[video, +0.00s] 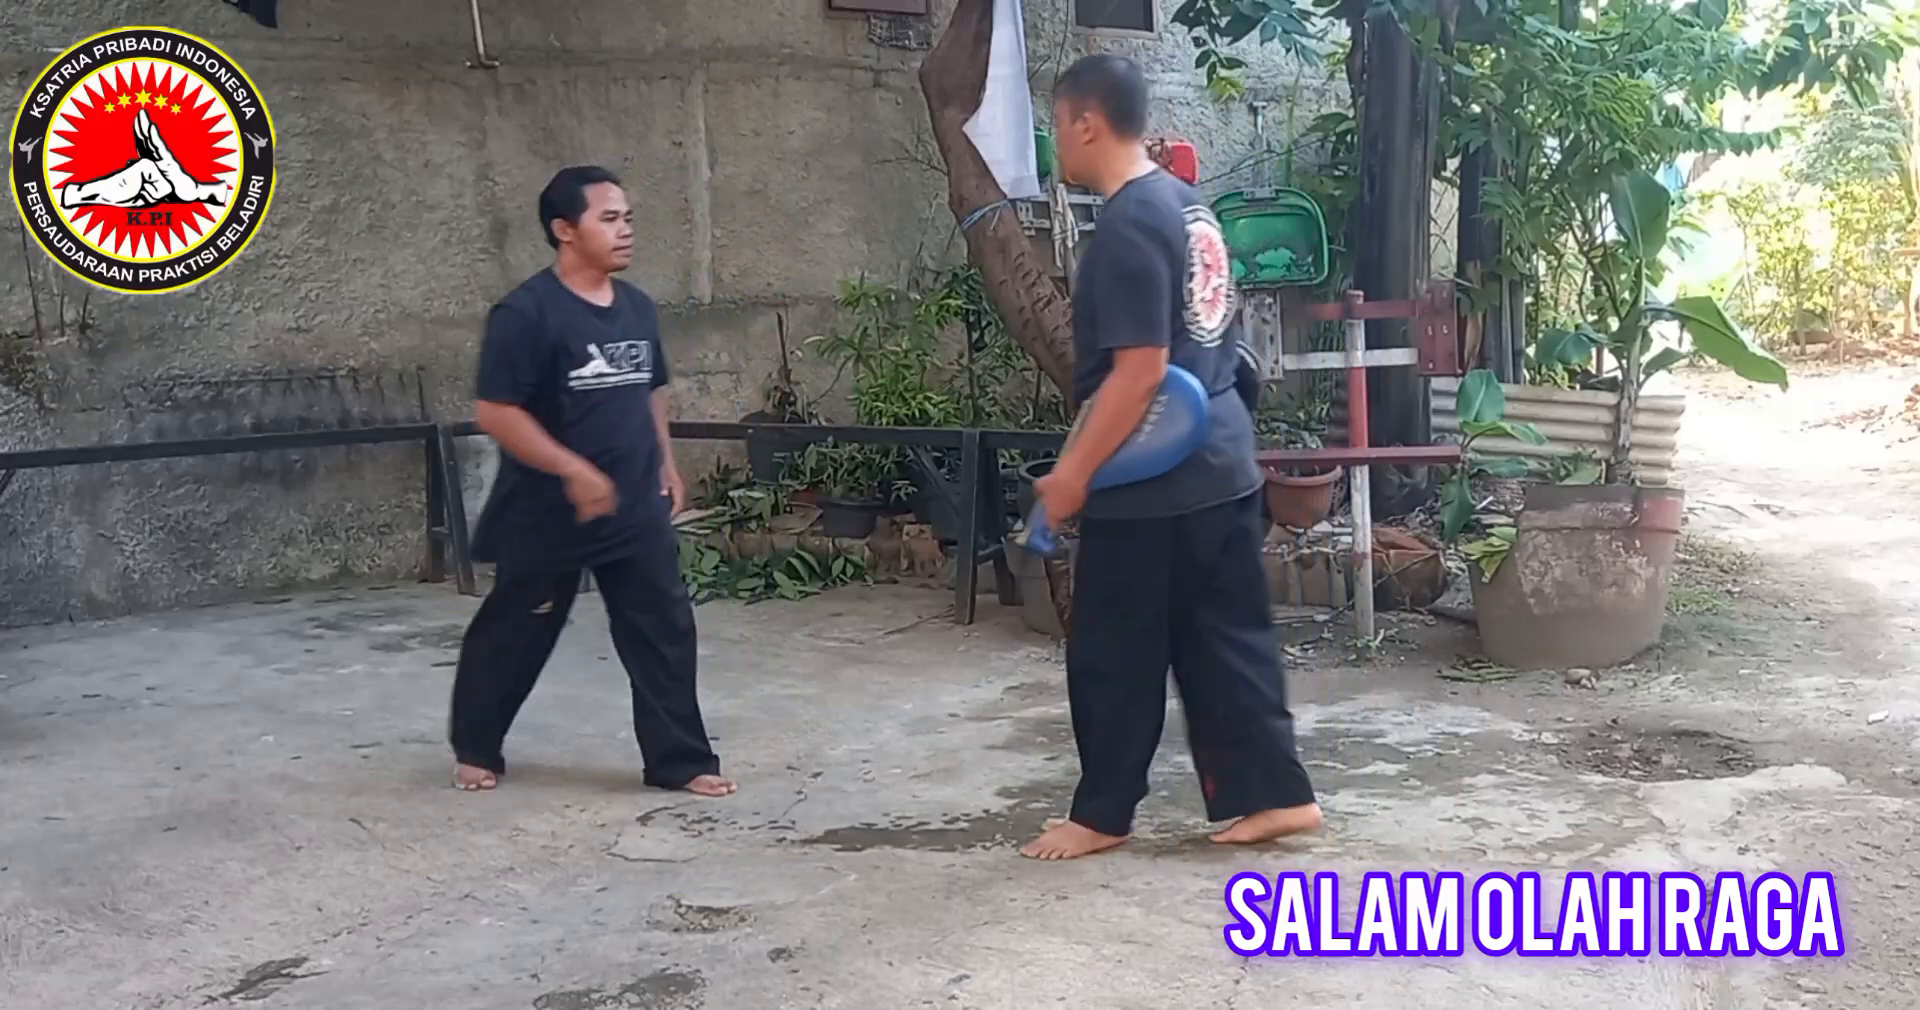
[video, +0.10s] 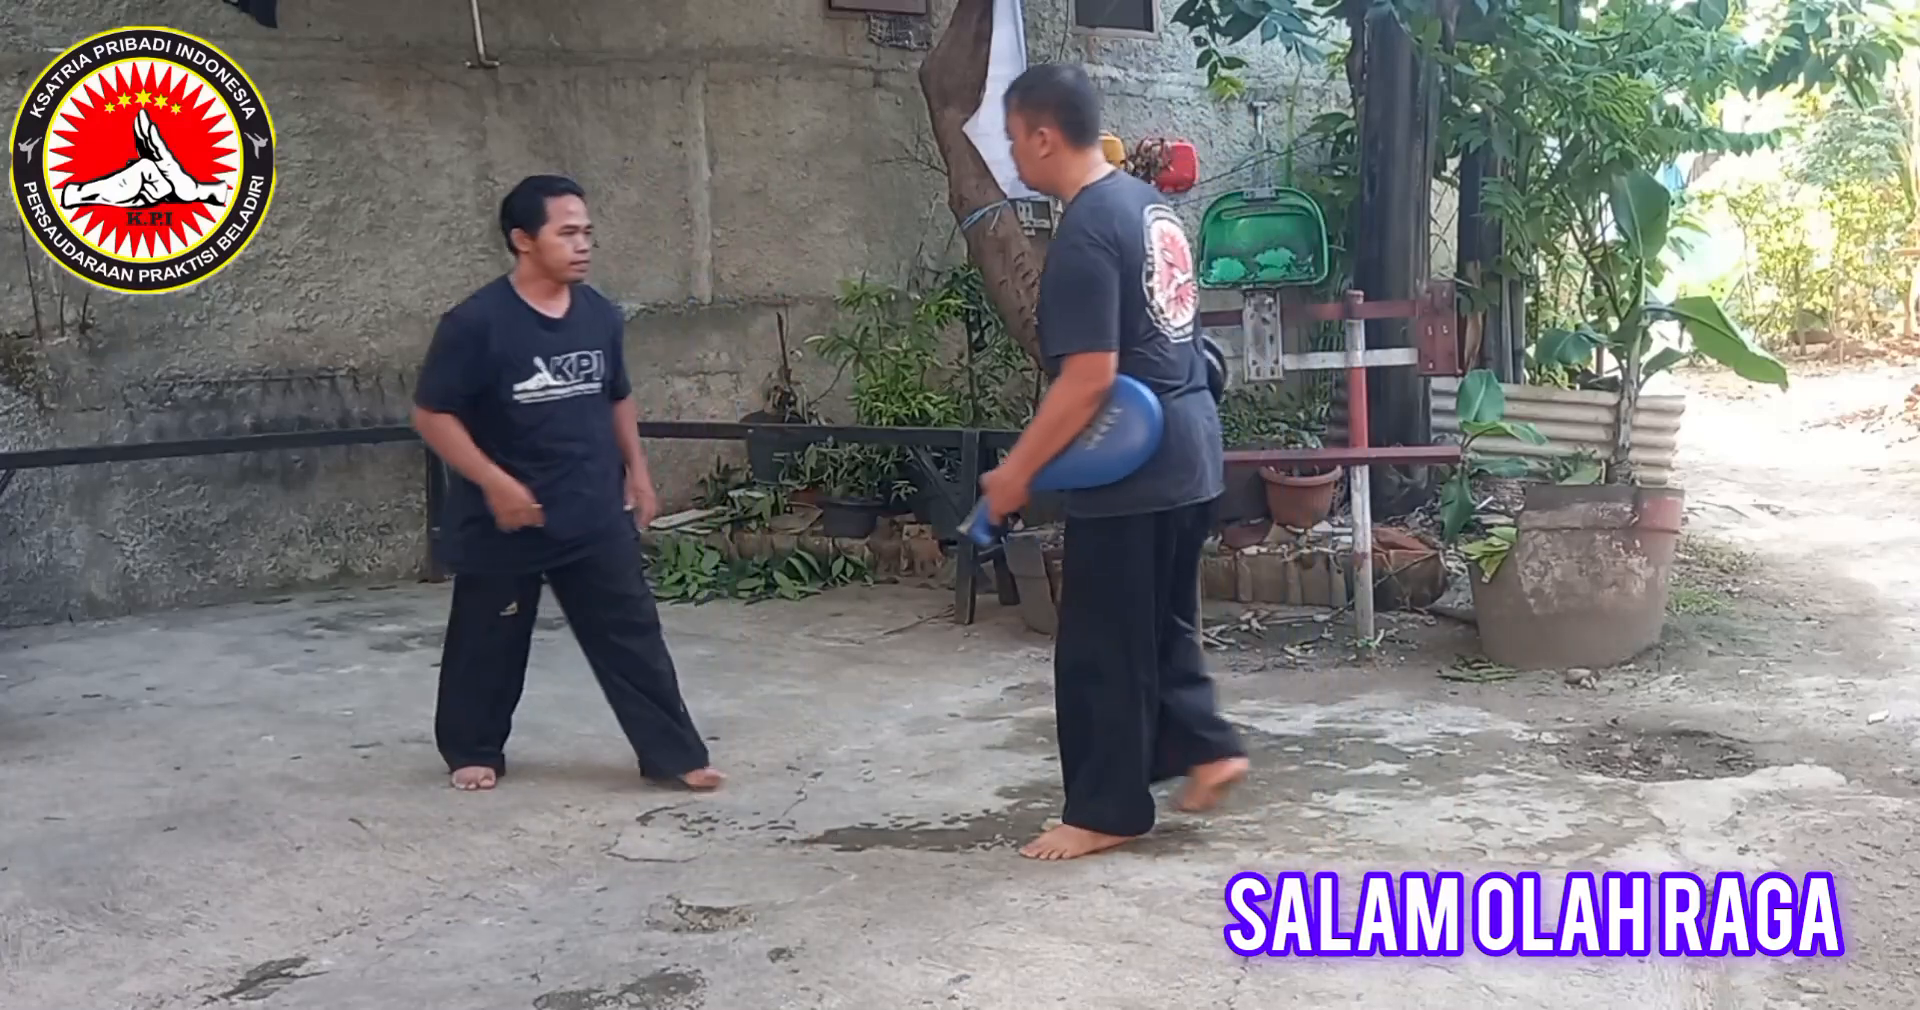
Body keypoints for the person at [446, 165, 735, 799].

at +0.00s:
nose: (626, 230)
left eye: (627, 218)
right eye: (610, 219)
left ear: (626, 223)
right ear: (565, 230)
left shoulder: (637, 307)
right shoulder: (524, 314)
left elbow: (652, 394)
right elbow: (495, 411)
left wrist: (665, 460)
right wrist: (572, 470)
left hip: (635, 507)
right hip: (550, 514)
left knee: (665, 631)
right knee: (516, 630)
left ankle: (679, 761)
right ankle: (476, 746)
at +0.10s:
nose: (585, 242)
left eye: (587, 230)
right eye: (569, 231)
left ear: (589, 235)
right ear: (523, 240)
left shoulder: (599, 315)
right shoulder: (474, 324)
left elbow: (618, 397)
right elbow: (430, 414)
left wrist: (637, 468)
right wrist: (494, 482)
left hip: (592, 509)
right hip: (502, 519)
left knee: (631, 632)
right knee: (488, 639)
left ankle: (674, 755)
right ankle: (474, 753)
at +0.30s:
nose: (549, 230)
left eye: (553, 217)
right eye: (533, 219)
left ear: (559, 222)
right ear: (487, 226)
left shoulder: (582, 299)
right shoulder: (436, 306)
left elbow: (608, 376)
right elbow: (406, 388)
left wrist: (610, 444)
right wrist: (442, 459)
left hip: (571, 492)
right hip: (480, 499)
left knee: (592, 608)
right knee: (477, 629)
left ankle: (584, 727)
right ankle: (474, 752)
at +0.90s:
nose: (546, 245)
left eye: (550, 235)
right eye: (530, 235)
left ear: (556, 245)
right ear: (490, 247)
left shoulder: (584, 322)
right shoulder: (446, 324)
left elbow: (628, 404)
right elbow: (430, 401)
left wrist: (607, 457)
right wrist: (450, 451)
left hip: (574, 494)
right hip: (484, 499)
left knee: (626, 588)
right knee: (465, 608)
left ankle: (673, 725)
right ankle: (480, 713)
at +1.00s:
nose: (572, 248)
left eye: (577, 238)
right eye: (556, 237)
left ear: (584, 249)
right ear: (517, 249)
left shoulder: (612, 325)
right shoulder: (474, 323)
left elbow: (669, 403)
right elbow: (451, 402)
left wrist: (656, 445)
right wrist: (486, 431)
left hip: (598, 498)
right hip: (511, 500)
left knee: (647, 601)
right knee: (476, 606)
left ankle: (707, 743)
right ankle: (477, 708)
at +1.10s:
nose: (616, 276)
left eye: (621, 266)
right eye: (601, 264)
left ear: (627, 275)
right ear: (559, 274)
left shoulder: (648, 354)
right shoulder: (517, 349)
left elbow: (711, 415)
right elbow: (491, 440)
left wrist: (730, 440)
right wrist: (565, 401)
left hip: (639, 523)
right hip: (543, 525)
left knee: (690, 616)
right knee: (485, 630)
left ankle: (719, 753)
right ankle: (472, 724)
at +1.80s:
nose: (641, 264)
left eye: (646, 254)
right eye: (626, 253)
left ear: (650, 262)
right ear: (582, 262)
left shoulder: (668, 340)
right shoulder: (541, 326)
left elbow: (725, 395)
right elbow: (552, 391)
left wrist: (772, 424)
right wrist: (616, 322)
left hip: (658, 516)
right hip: (563, 520)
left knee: (716, 615)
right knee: (512, 630)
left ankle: (734, 761)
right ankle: (486, 742)